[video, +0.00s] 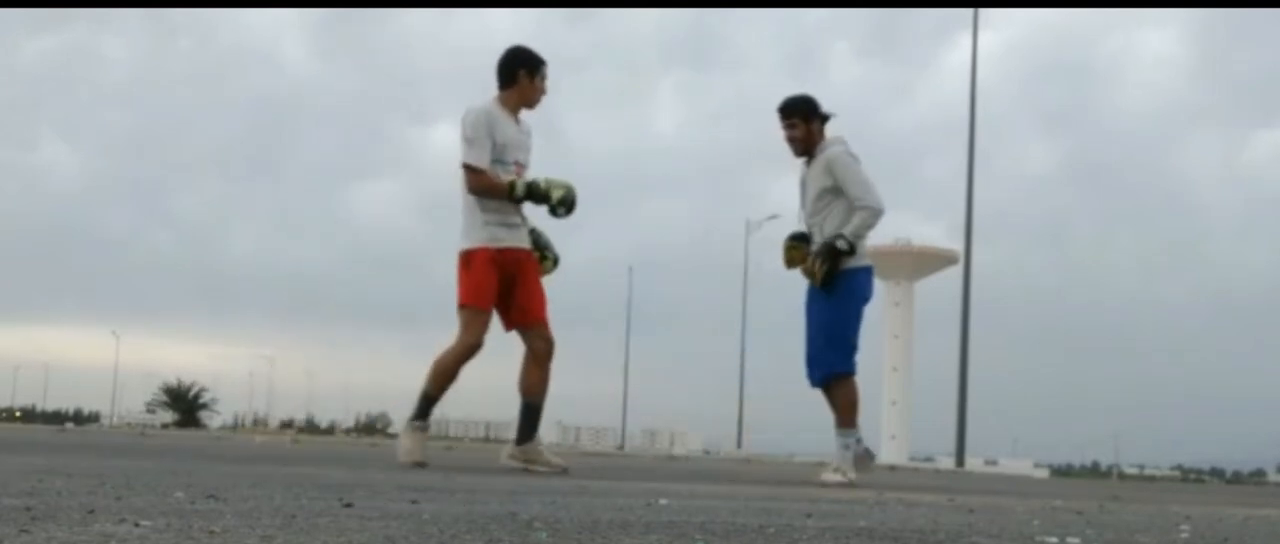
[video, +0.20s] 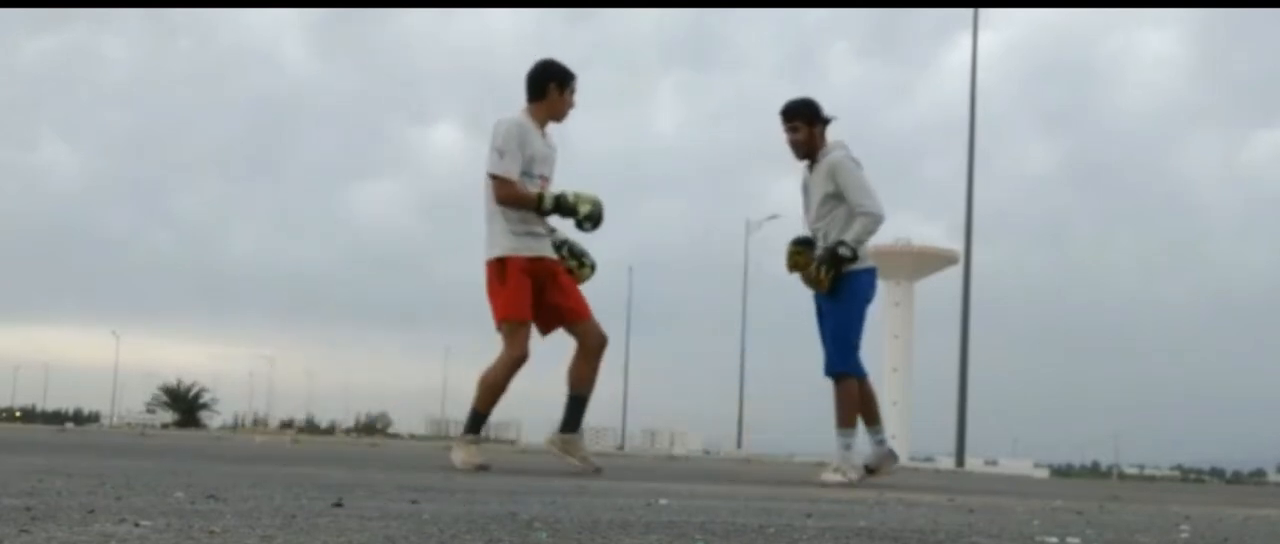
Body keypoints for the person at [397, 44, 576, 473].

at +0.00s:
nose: (544, 89)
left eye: (544, 81)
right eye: (540, 80)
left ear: (522, 80)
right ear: (520, 79)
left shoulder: (523, 131)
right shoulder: (480, 117)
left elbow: (505, 191)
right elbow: (474, 182)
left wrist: (532, 236)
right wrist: (528, 190)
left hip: (517, 247)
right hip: (481, 245)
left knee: (540, 343)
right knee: (470, 339)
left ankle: (526, 443)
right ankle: (416, 426)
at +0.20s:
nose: (573, 104)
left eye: (573, 95)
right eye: (570, 94)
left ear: (550, 92)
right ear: (552, 92)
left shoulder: (546, 146)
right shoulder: (510, 130)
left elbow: (532, 207)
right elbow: (504, 193)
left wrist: (561, 247)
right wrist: (558, 203)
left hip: (543, 256)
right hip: (509, 255)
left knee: (593, 339)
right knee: (516, 350)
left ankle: (569, 434)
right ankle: (468, 439)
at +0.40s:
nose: (602, 123)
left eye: (602, 115)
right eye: (599, 114)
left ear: (577, 113)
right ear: (582, 111)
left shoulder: (573, 163)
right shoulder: (542, 153)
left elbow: (559, 229)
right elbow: (538, 219)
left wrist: (588, 266)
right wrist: (592, 228)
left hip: (569, 274)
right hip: (540, 273)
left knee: (622, 354)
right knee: (541, 364)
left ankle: (615, 451)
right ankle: (470, 437)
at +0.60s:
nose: (627, 113)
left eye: (628, 105)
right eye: (625, 104)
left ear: (602, 100)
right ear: (609, 100)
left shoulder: (595, 144)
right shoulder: (578, 134)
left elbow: (586, 209)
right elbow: (576, 201)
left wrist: (618, 255)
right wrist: (615, 240)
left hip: (593, 265)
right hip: (565, 260)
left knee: (636, 345)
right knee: (570, 349)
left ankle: (623, 441)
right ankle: (497, 422)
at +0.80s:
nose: (638, 132)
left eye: (639, 124)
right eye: (636, 123)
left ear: (612, 120)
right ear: (622, 119)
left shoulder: (606, 165)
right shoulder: (587, 156)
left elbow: (597, 231)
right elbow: (587, 224)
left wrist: (630, 277)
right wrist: (626, 265)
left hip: (604, 286)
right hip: (576, 281)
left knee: (652, 360)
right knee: (582, 365)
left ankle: (620, 450)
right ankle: (512, 441)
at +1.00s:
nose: (636, 94)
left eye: (637, 85)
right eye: (635, 84)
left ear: (608, 78)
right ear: (623, 80)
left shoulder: (604, 119)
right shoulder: (594, 107)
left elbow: (595, 182)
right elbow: (575, 169)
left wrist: (618, 227)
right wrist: (608, 215)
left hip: (599, 241)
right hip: (578, 237)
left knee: (619, 337)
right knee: (580, 331)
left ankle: (618, 436)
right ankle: (524, 426)